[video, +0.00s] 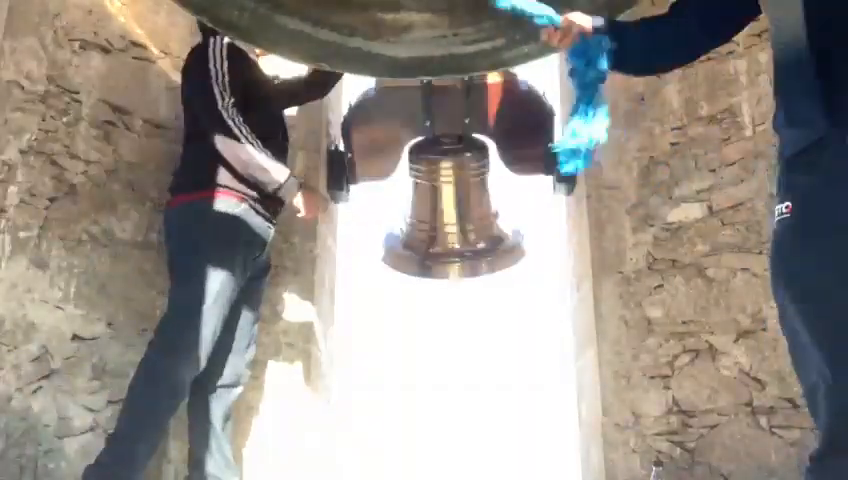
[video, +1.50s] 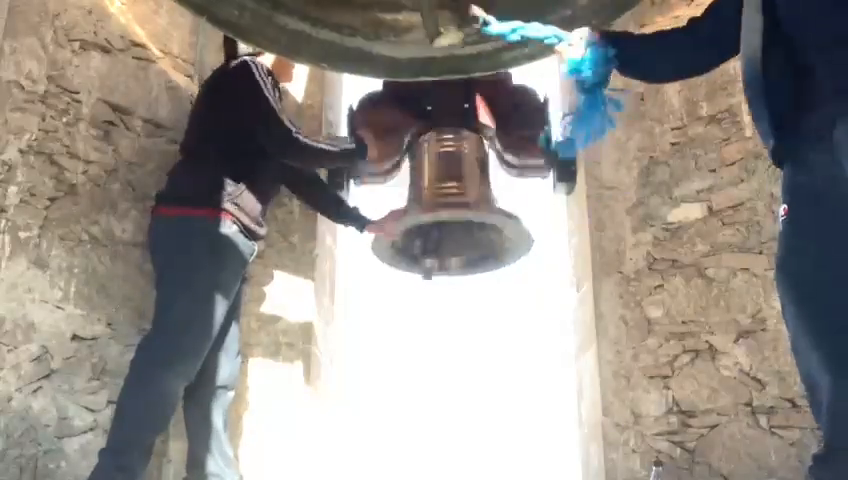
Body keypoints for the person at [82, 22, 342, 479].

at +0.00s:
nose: (267, 33)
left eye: (268, 26)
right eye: (261, 22)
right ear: (236, 18)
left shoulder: (254, 79)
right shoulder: (215, 50)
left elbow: (313, 85)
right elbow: (224, 126)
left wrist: (352, 36)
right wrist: (289, 187)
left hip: (255, 229)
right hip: (216, 211)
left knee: (225, 377)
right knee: (182, 357)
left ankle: (216, 473)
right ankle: (115, 471)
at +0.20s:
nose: (291, 46)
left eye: (293, 38)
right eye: (287, 35)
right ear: (263, 27)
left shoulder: (266, 87)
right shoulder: (232, 56)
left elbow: (312, 124)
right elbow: (231, 133)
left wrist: (355, 74)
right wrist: (260, 217)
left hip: (250, 224)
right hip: (213, 215)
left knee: (227, 374)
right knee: (185, 358)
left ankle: (217, 473)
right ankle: (116, 470)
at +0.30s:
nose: (305, 58)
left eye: (308, 50)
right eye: (303, 46)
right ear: (283, 38)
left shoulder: (267, 87)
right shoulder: (246, 61)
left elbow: (296, 150)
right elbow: (236, 136)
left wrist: (351, 119)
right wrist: (253, 215)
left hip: (238, 221)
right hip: (205, 213)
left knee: (224, 372)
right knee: (181, 356)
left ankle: (216, 472)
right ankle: (115, 469)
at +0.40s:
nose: (315, 66)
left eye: (318, 57)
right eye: (314, 54)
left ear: (290, 49)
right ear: (292, 44)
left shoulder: (271, 96)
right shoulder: (253, 64)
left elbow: (290, 161)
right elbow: (237, 138)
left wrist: (345, 166)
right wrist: (252, 221)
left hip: (228, 222)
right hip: (196, 212)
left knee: (216, 370)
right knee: (177, 349)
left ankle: (213, 471)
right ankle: (110, 470)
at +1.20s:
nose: (281, 42)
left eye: (283, 32)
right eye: (277, 29)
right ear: (254, 25)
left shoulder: (246, 82)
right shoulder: (224, 62)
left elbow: (297, 142)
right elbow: (243, 141)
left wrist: (365, 120)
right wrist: (319, 187)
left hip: (226, 235)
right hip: (194, 227)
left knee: (214, 377)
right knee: (164, 364)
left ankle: (213, 473)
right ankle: (116, 472)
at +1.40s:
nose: (305, 59)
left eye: (307, 50)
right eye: (301, 47)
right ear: (275, 40)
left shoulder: (262, 93)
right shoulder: (242, 73)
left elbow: (281, 157)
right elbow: (266, 152)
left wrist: (354, 178)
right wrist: (346, 189)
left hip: (229, 240)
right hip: (202, 230)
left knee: (216, 379)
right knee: (170, 362)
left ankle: (215, 472)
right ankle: (118, 470)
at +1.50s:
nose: (303, 64)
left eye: (305, 55)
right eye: (299, 52)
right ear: (276, 46)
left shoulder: (269, 109)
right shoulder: (247, 71)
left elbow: (304, 181)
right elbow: (287, 146)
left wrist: (366, 223)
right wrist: (362, 148)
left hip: (229, 241)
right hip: (202, 229)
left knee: (217, 379)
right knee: (171, 361)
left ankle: (215, 472)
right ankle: (118, 470)